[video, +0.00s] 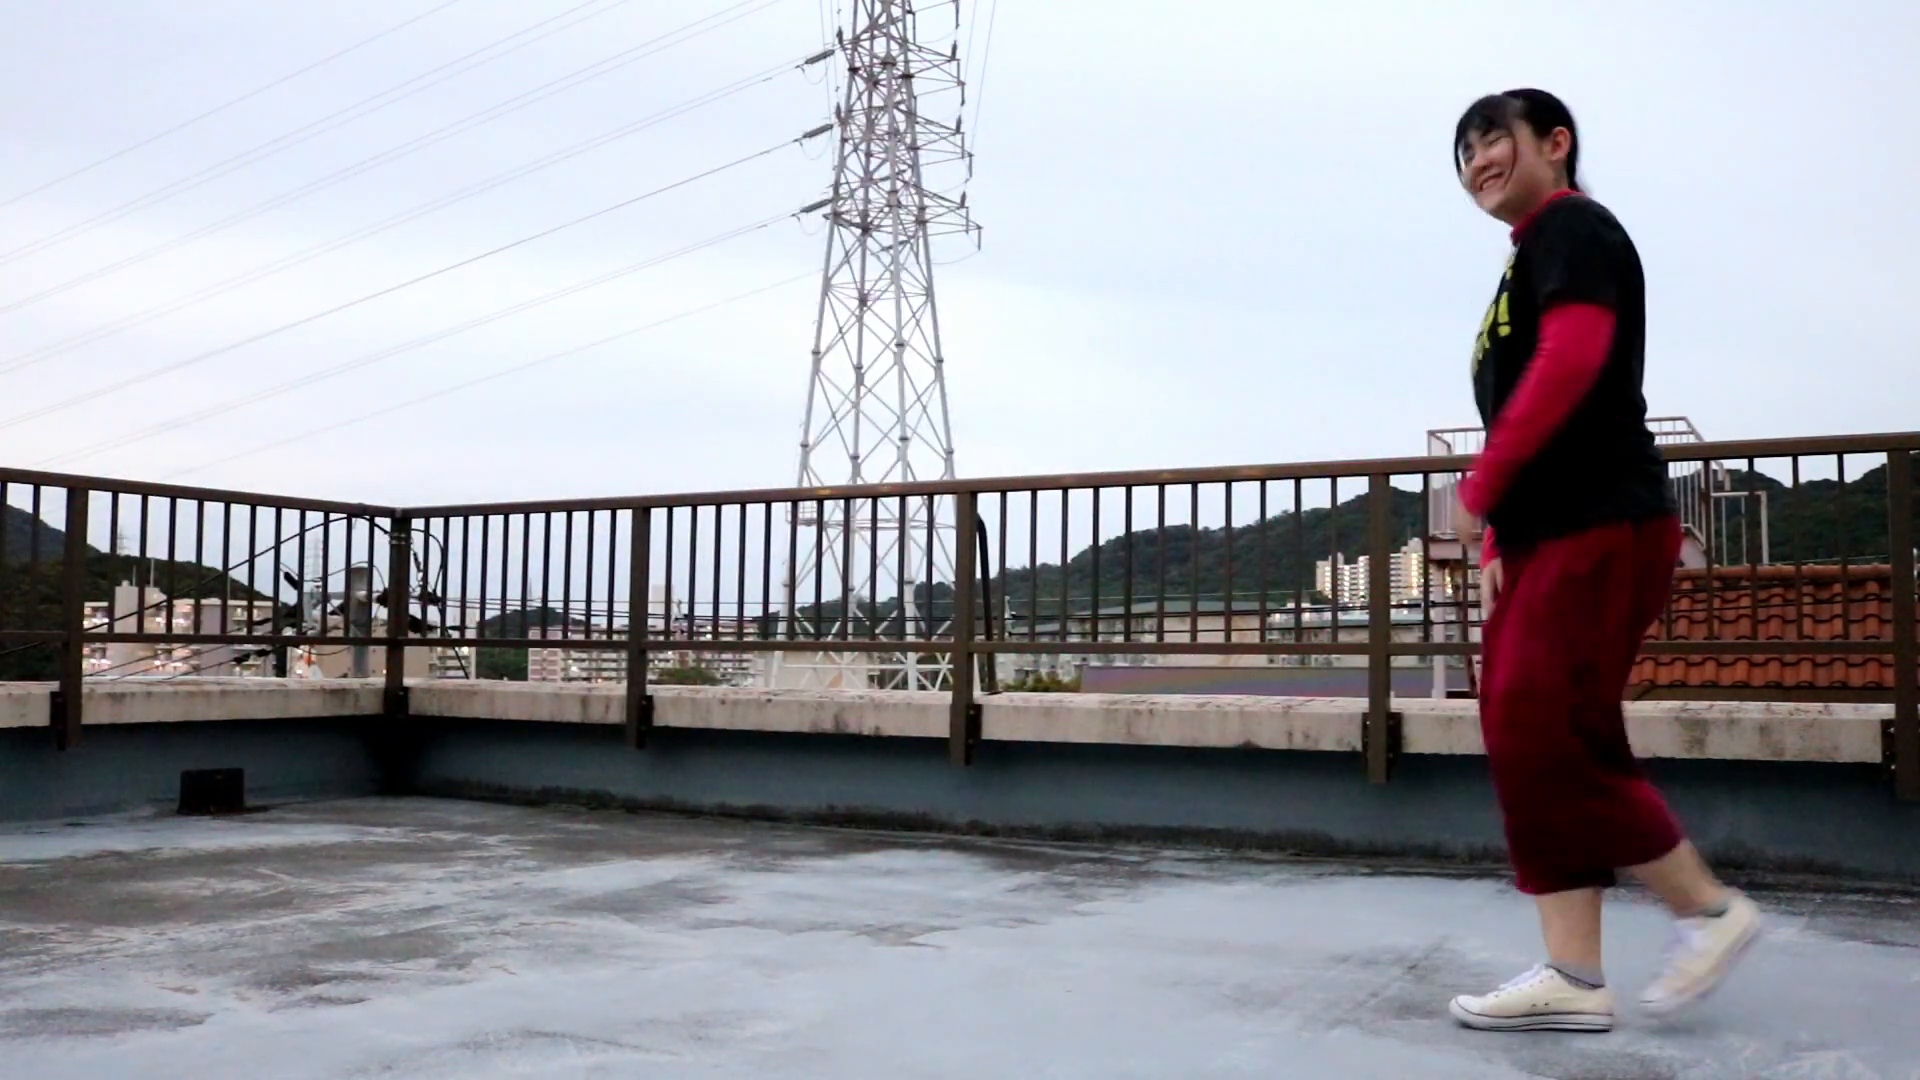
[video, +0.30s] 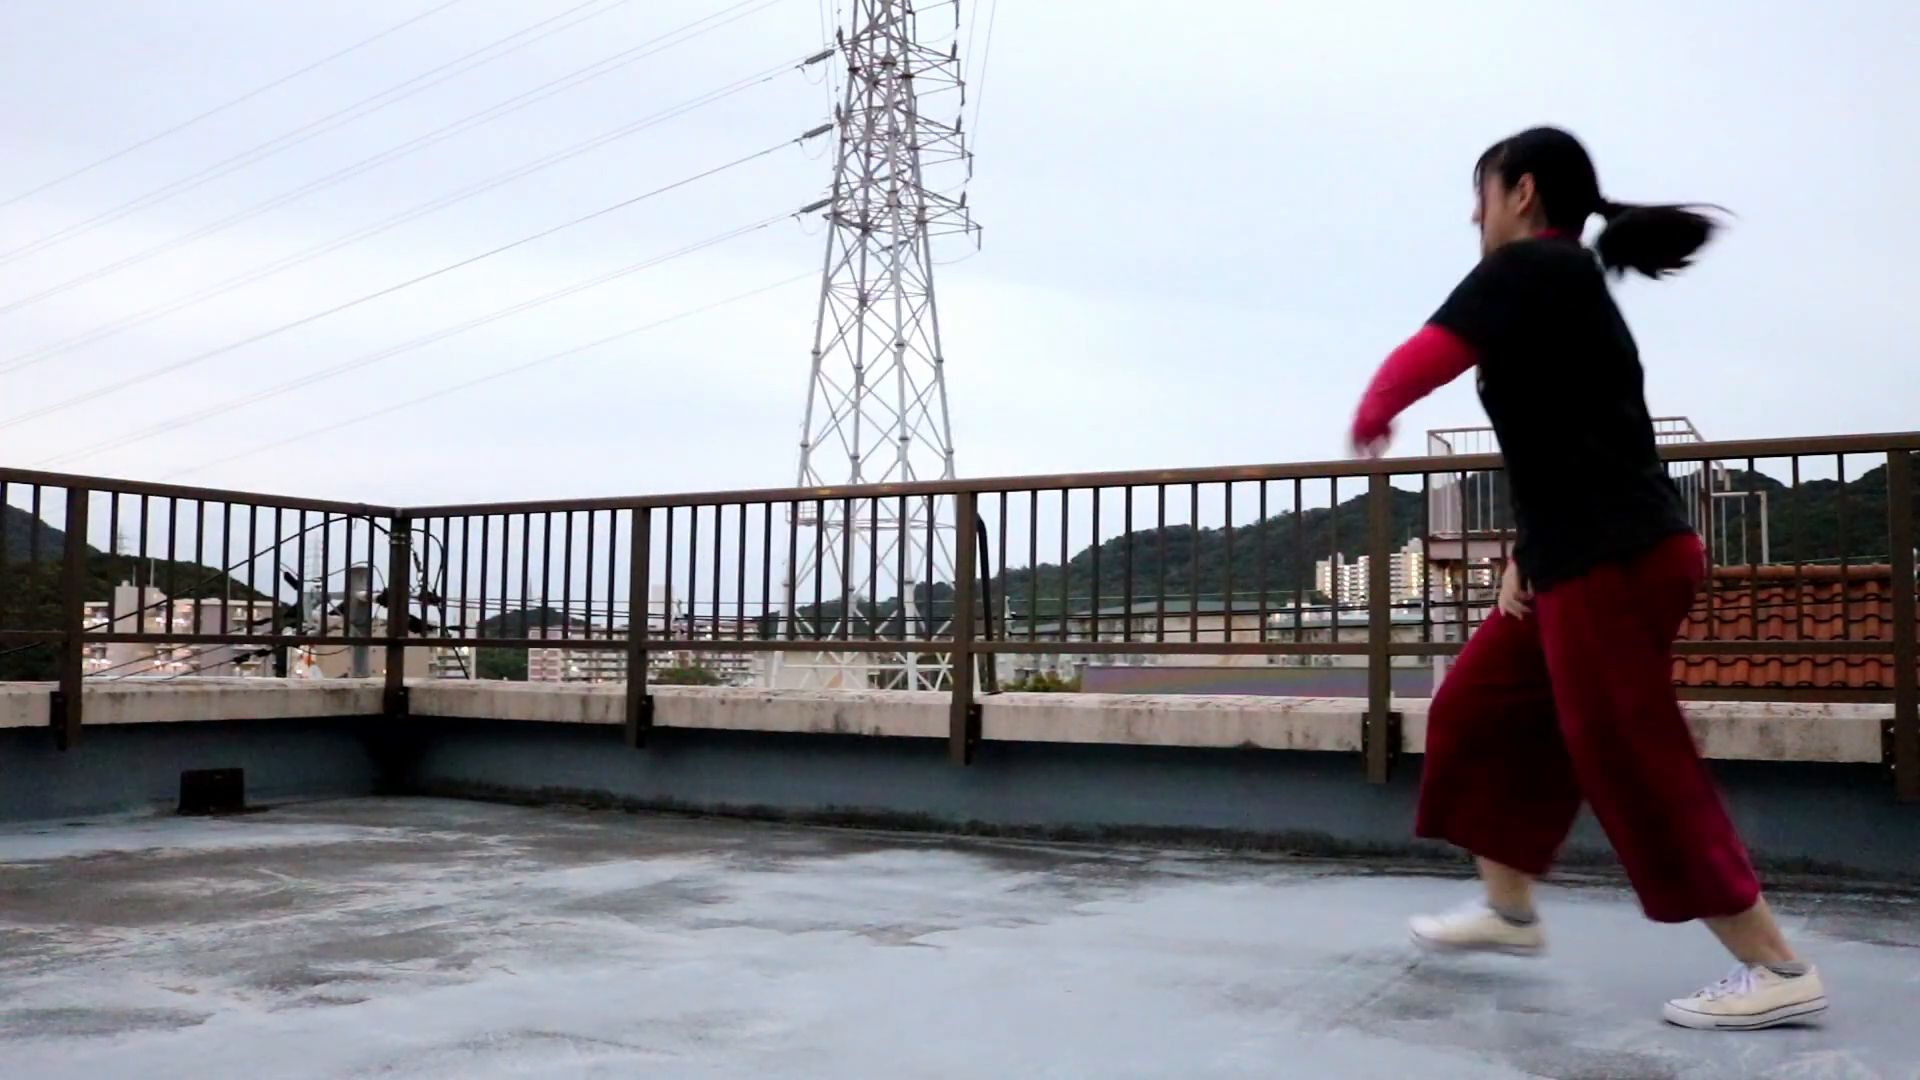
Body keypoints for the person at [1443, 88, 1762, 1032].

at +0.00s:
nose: (1481, 157)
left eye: (1499, 135)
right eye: (1469, 151)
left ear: (1557, 143)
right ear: (1470, 180)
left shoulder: (1574, 226)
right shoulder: (1531, 258)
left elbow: (1573, 360)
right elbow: (1540, 406)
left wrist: (1480, 485)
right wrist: (1507, 530)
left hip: (1603, 531)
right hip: (1548, 540)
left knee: (1541, 724)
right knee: (1524, 728)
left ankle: (1716, 913)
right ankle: (1574, 973)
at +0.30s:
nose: (1477, 213)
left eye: (1483, 195)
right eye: (1479, 196)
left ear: (1520, 194)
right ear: (1549, 202)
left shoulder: (1515, 274)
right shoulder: (1574, 281)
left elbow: (1424, 357)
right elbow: (1590, 440)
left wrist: (1370, 415)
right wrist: (1536, 557)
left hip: (1609, 561)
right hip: (1613, 554)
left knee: (1632, 752)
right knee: (1474, 706)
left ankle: (1776, 968)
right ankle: (1508, 909)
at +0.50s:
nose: (1426, 245)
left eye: (1432, 230)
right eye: (1430, 230)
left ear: (1463, 231)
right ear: (1502, 238)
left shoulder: (1438, 309)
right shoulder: (1530, 313)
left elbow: (1357, 447)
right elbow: (1538, 455)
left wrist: (1299, 555)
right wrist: (1493, 581)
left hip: (1534, 576)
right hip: (1574, 561)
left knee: (1591, 766)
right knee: (1456, 733)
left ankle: (1764, 949)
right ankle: (1470, 920)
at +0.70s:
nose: (1341, 239)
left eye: (1347, 226)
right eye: (1346, 225)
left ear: (1370, 232)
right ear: (1421, 243)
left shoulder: (1353, 312)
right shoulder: (1445, 319)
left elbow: (1357, 452)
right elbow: (1468, 451)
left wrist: (1375, 573)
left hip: (1435, 561)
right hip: (1503, 555)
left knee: (1384, 741)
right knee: (1471, 728)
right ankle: (1465, 916)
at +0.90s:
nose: (1239, 242)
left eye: (1245, 228)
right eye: (1243, 227)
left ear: (1271, 233)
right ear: (1303, 239)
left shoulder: (1284, 312)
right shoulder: (1323, 313)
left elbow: (1337, 416)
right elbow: (1341, 428)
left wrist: (1374, 529)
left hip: (1334, 566)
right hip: (1390, 558)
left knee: (1233, 705)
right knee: (1411, 732)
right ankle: (1467, 918)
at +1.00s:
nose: (1190, 253)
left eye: (1196, 237)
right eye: (1195, 238)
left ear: (1223, 240)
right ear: (1252, 245)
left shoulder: (1241, 325)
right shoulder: (1272, 321)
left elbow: (1289, 437)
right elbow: (1281, 445)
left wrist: (1337, 539)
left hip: (1267, 584)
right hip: (1325, 576)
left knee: (1187, 728)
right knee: (1370, 734)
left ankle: (1143, 909)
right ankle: (1452, 897)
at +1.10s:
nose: (1146, 252)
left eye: (1152, 237)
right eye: (1150, 237)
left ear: (1177, 239)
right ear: (1208, 244)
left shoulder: (1194, 325)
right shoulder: (1222, 321)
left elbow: (1211, 456)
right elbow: (1224, 461)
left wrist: (1243, 569)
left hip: (1194, 586)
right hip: (1233, 581)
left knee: (1128, 731)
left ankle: (1135, 911)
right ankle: (1368, 847)